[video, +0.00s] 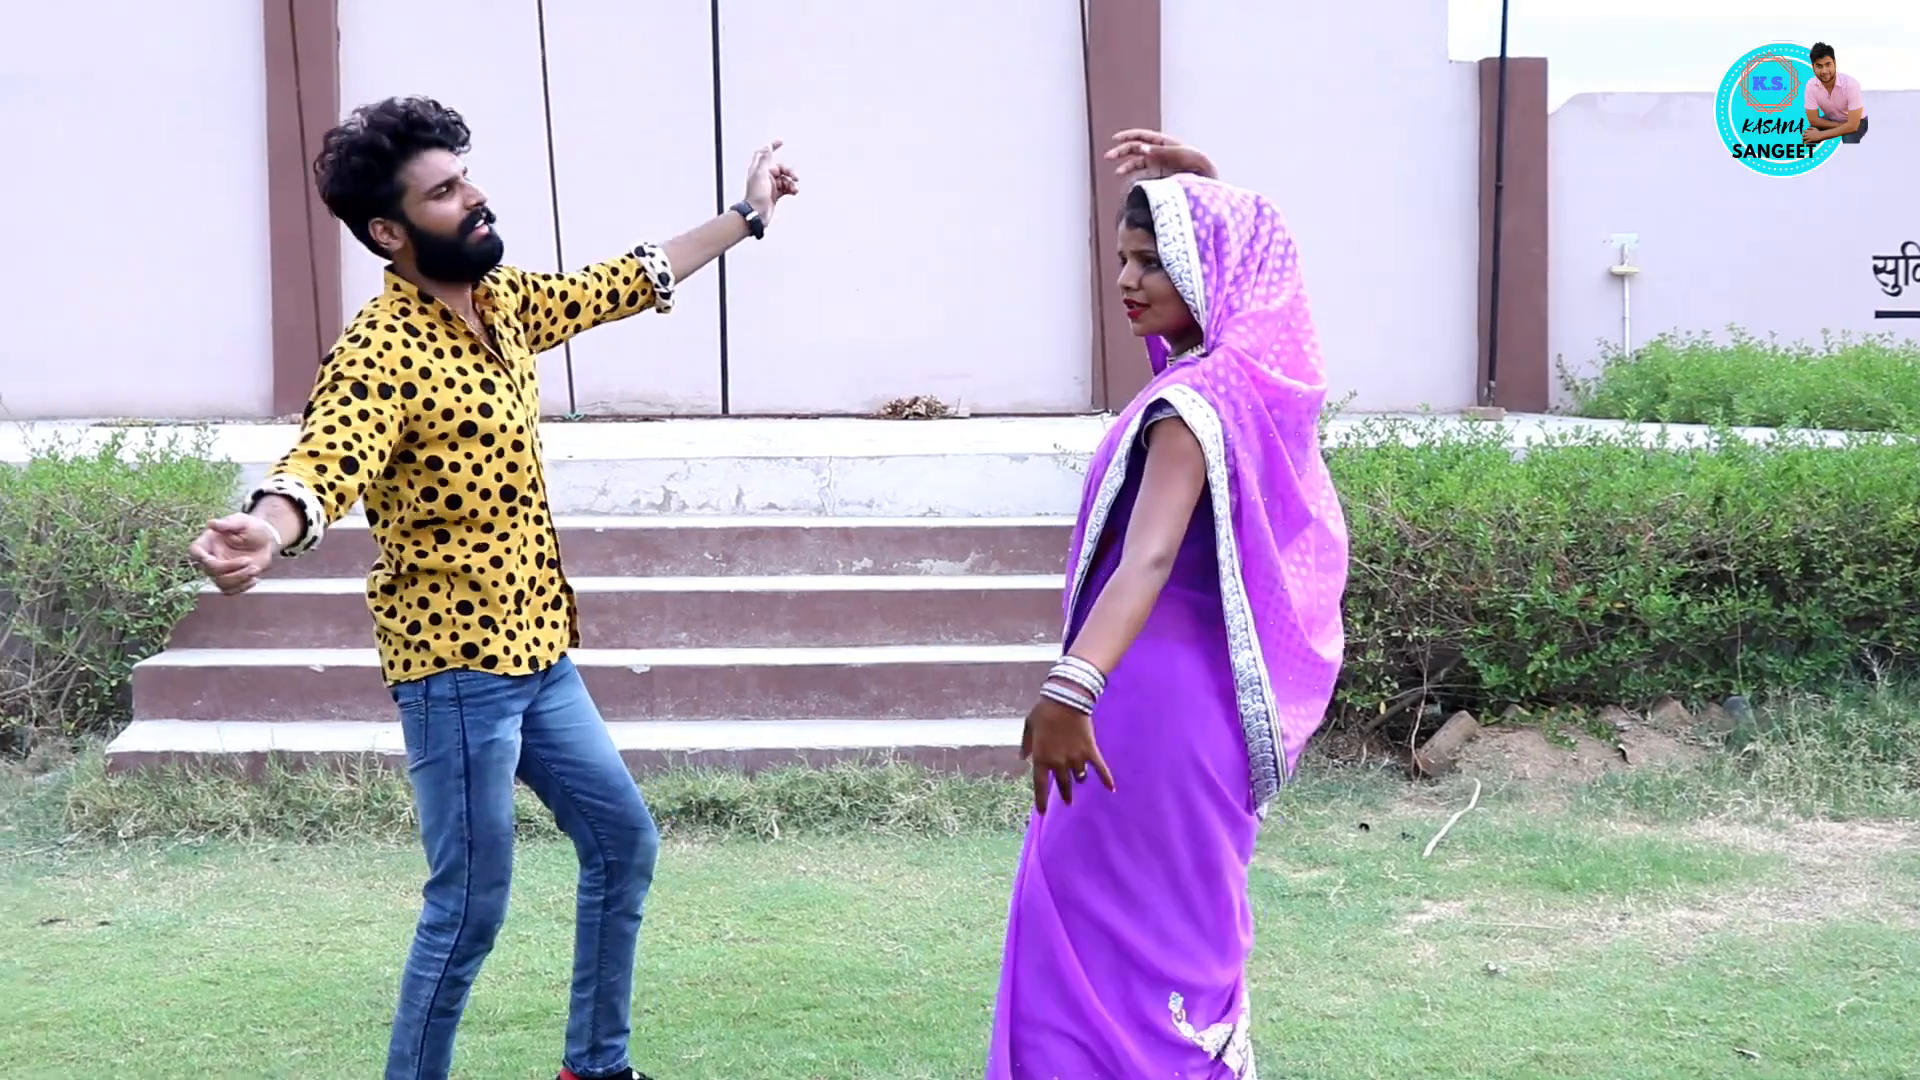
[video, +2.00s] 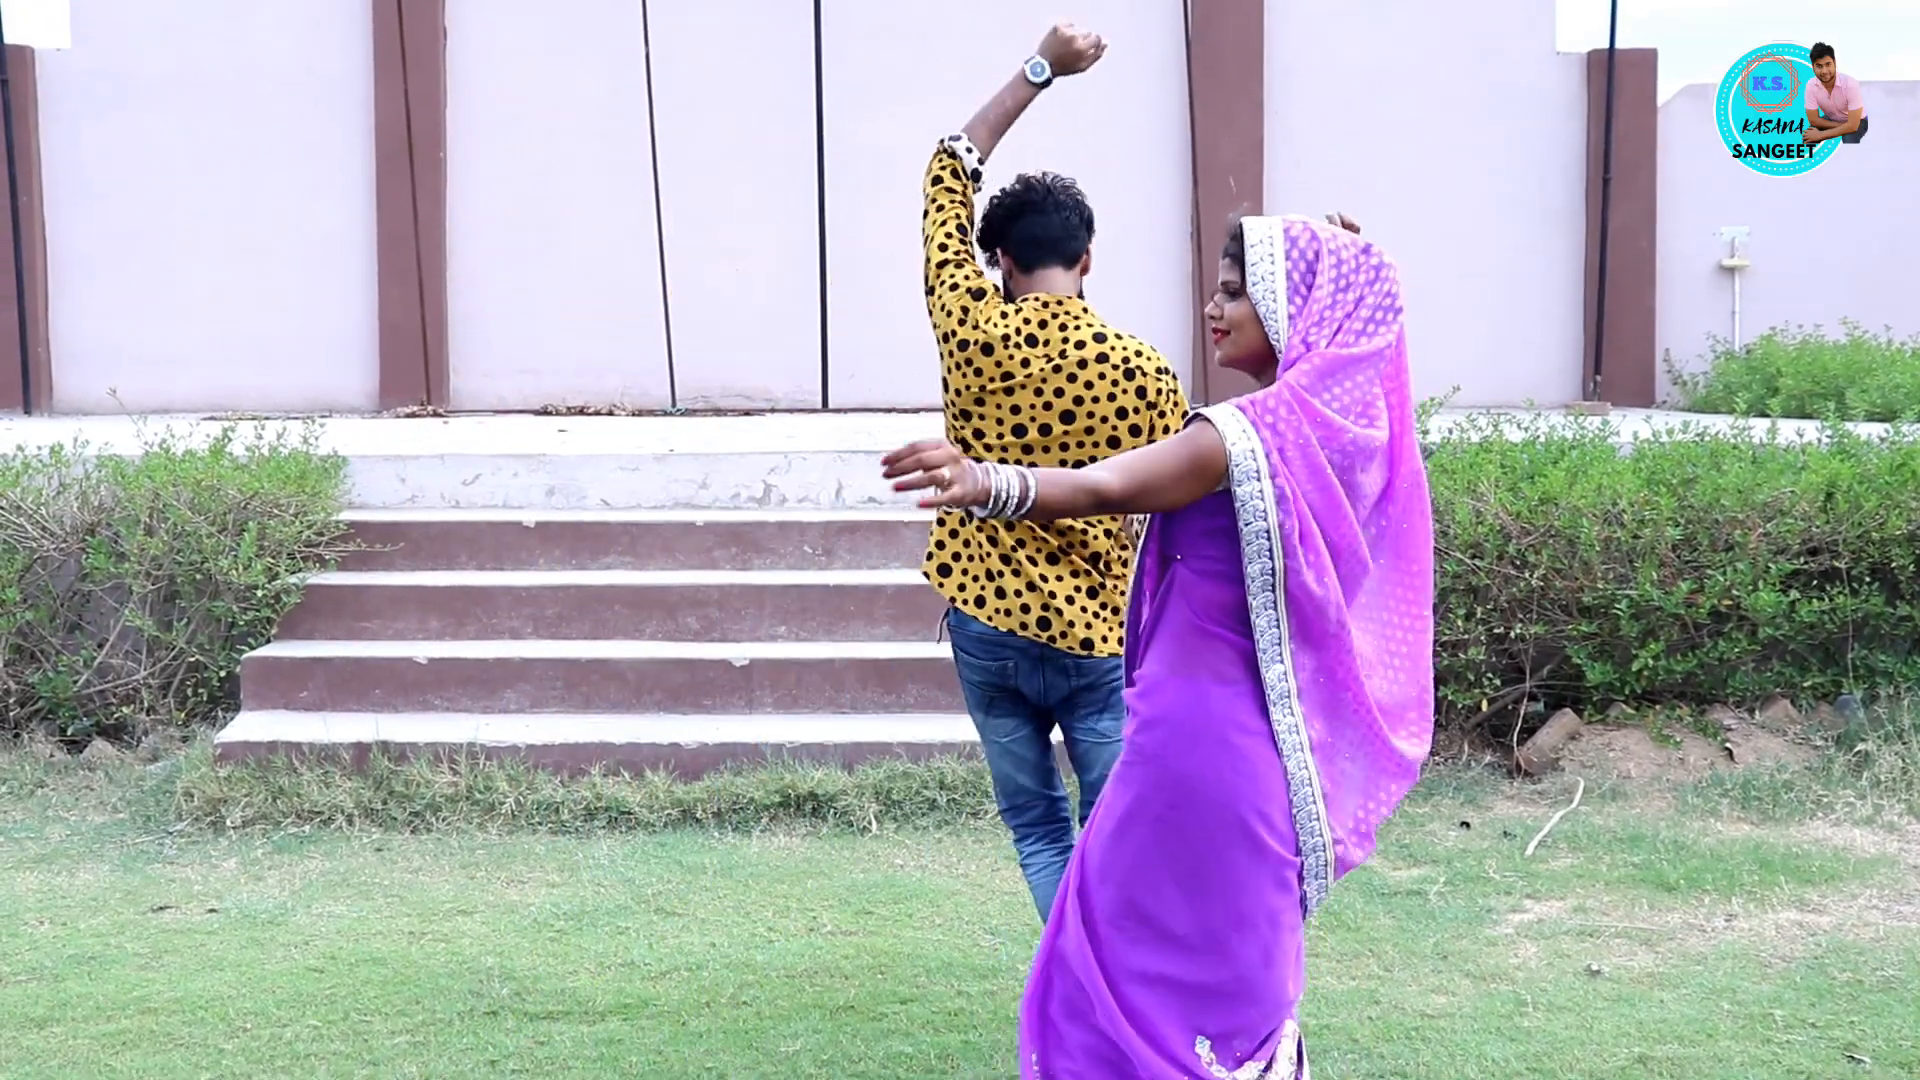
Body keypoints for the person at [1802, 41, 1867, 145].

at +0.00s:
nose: (1824, 71)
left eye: (1828, 65)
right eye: (1819, 66)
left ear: (1835, 63)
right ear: (1813, 67)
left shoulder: (1851, 85)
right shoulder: (1812, 86)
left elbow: (1852, 126)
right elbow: (1813, 120)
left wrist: (1820, 135)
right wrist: (1843, 126)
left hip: (1855, 122)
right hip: (1829, 121)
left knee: (1849, 140)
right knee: (1810, 136)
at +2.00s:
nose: (1824, 71)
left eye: (1828, 65)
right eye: (1819, 66)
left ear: (1835, 63)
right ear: (1813, 67)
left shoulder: (1850, 84)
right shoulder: (1812, 86)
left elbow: (1853, 126)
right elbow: (1813, 120)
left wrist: (1820, 135)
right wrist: (1843, 126)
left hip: (1855, 122)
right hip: (1830, 121)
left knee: (1848, 140)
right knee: (1810, 136)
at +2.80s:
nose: (1824, 71)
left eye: (1828, 65)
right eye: (1819, 66)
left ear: (1835, 63)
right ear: (1813, 67)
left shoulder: (1850, 84)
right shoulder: (1812, 86)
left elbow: (1853, 126)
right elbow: (1813, 120)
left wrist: (1820, 135)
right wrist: (1843, 126)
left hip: (1855, 122)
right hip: (1829, 121)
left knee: (1849, 140)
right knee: (1810, 137)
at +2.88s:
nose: (1824, 71)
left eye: (1828, 65)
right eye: (1819, 66)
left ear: (1835, 63)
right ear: (1813, 67)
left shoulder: (1850, 84)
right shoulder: (1812, 86)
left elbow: (1853, 126)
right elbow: (1813, 120)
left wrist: (1820, 135)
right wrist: (1843, 126)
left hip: (1855, 122)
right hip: (1829, 121)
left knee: (1849, 140)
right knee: (1810, 137)